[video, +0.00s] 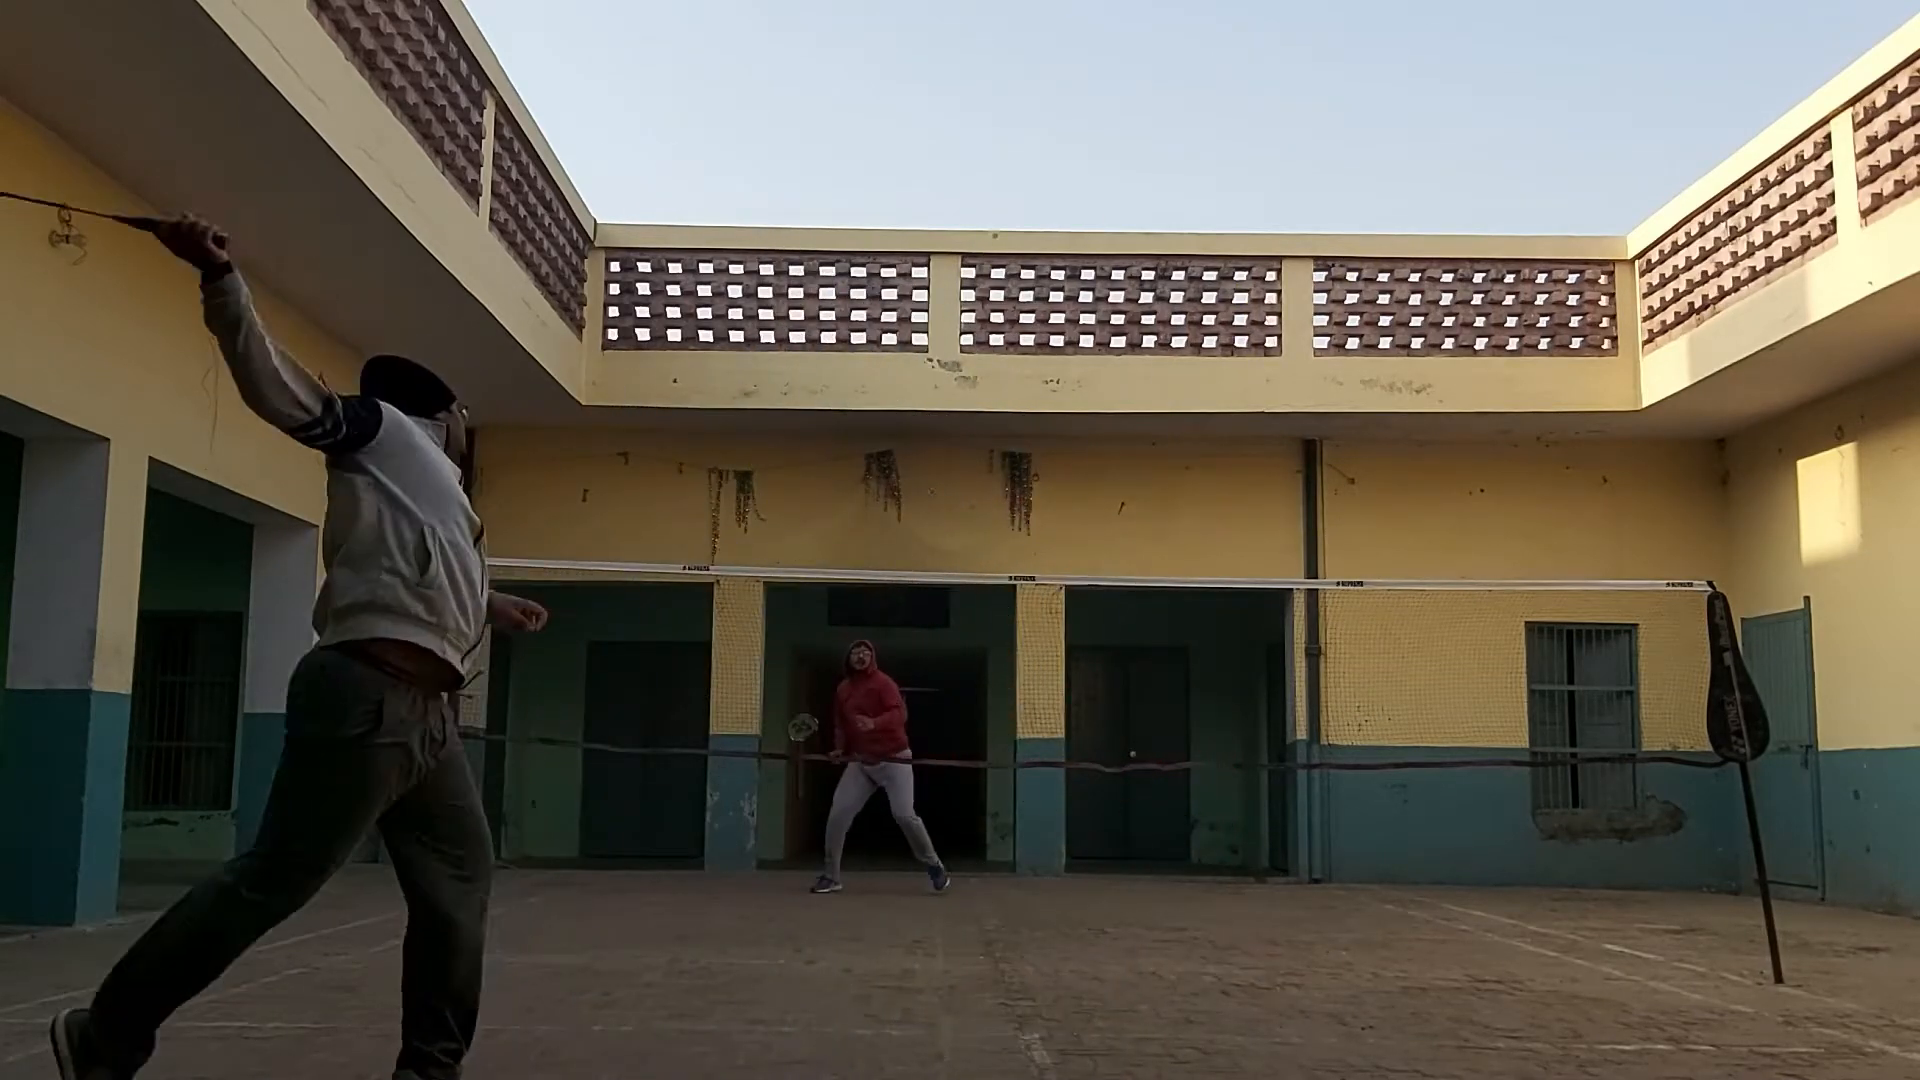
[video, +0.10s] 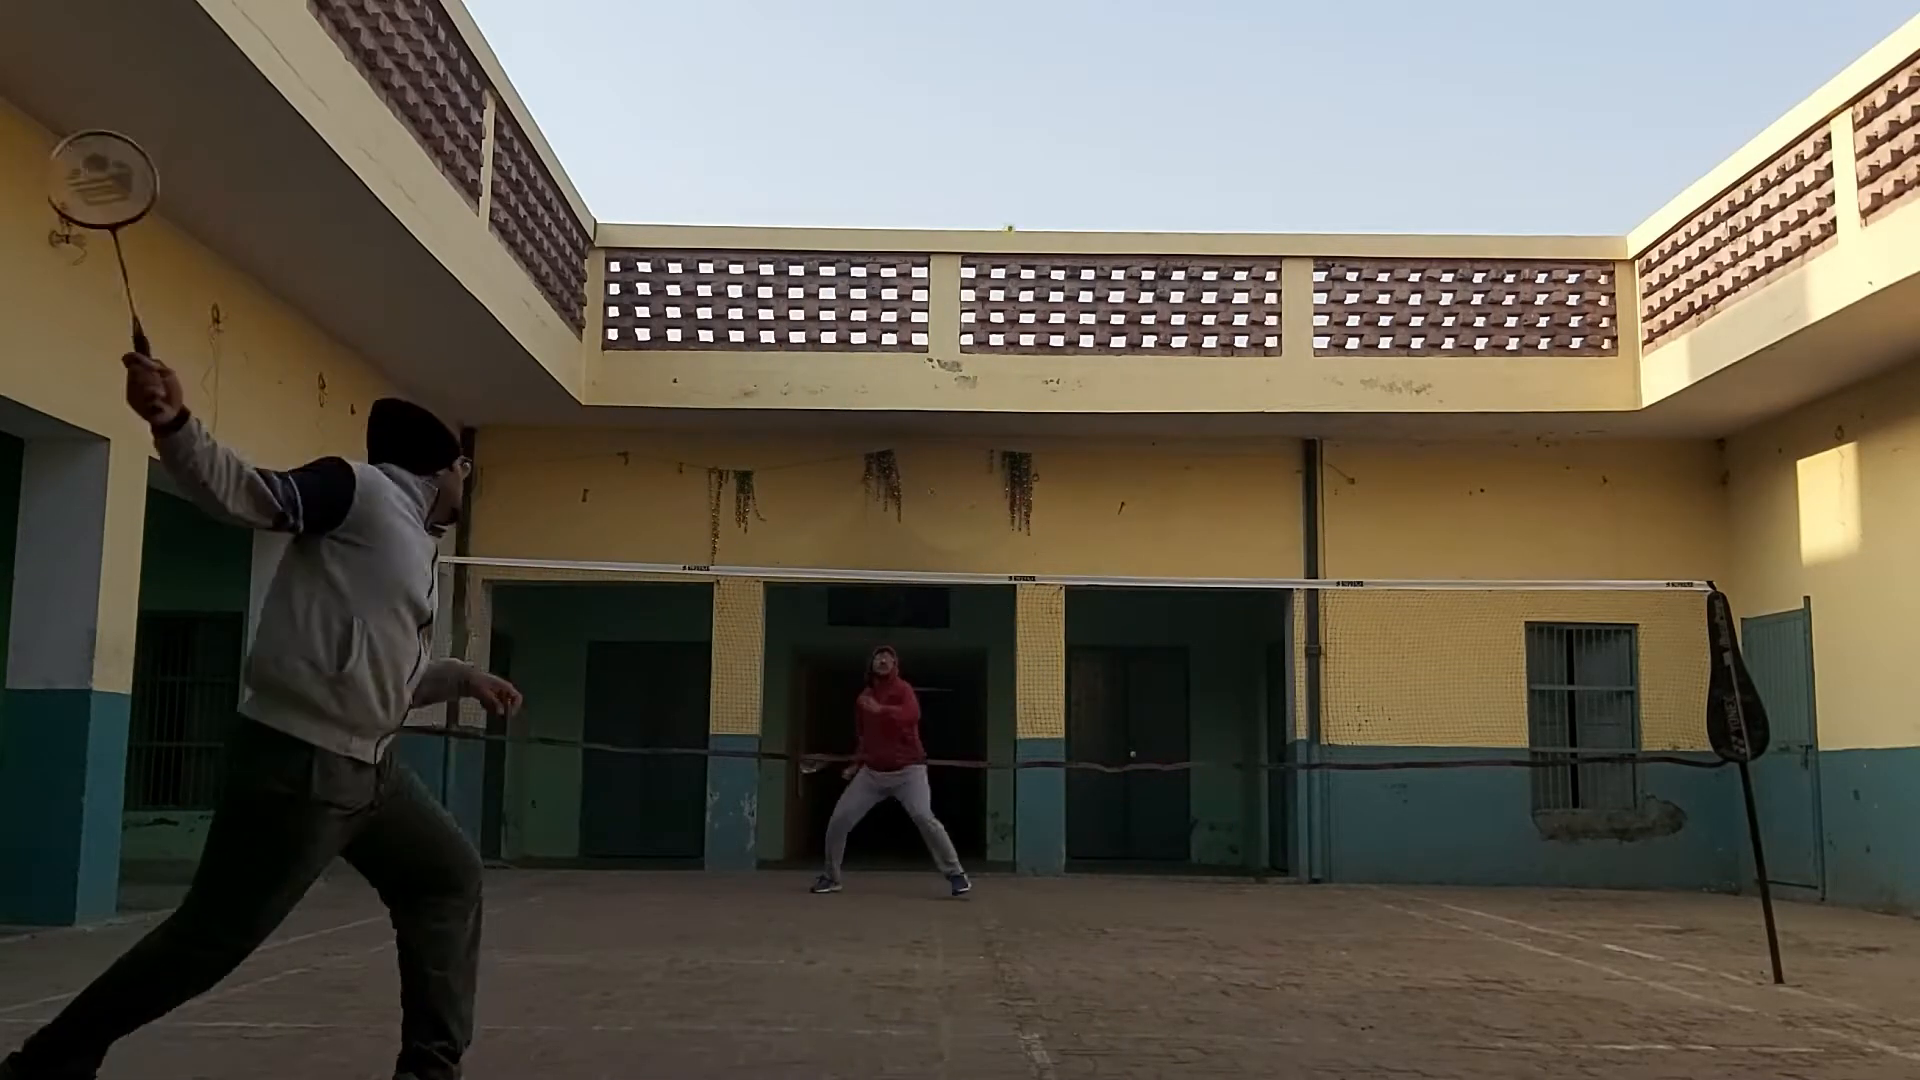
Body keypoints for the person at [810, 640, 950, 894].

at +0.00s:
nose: (860, 655)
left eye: (865, 652)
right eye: (856, 652)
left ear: (872, 658)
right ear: (849, 659)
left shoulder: (883, 683)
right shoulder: (844, 688)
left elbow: (899, 713)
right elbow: (840, 721)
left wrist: (874, 722)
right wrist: (840, 747)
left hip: (894, 762)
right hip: (861, 763)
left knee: (904, 815)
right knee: (838, 816)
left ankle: (934, 867)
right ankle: (831, 877)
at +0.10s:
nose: (883, 661)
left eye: (888, 657)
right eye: (879, 658)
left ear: (895, 665)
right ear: (872, 666)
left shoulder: (903, 689)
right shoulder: (866, 697)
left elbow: (912, 714)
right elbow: (864, 736)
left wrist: (880, 709)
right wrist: (856, 763)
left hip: (909, 772)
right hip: (872, 774)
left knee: (923, 818)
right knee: (839, 820)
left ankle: (956, 874)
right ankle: (831, 878)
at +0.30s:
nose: (936, 653)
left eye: (942, 650)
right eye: (932, 651)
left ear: (951, 657)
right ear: (927, 658)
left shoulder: (958, 677)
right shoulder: (925, 691)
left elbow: (939, 673)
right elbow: (927, 735)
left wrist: (913, 663)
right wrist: (912, 765)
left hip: (964, 763)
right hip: (935, 764)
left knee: (940, 818)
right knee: (905, 817)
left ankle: (966, 882)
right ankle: (917, 874)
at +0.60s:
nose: (1018, 636)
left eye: (1022, 632)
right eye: (1018, 632)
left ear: (1030, 637)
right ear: (1017, 640)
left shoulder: (1034, 659)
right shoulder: (1016, 670)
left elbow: (1028, 624)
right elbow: (1012, 709)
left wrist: (1016, 592)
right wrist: (993, 708)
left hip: (1026, 741)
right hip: (1015, 742)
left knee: (993, 796)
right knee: (1012, 808)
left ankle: (1038, 848)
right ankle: (1033, 878)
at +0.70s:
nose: (1063, 639)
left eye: (1067, 637)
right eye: (1062, 637)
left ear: (1077, 644)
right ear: (1061, 644)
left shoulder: (1075, 660)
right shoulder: (1044, 669)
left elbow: (1058, 646)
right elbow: (1016, 683)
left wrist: (1038, 628)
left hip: (1039, 733)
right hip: (1019, 733)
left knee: (1028, 795)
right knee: (1020, 806)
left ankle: (1080, 812)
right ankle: (1033, 873)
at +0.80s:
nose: (1096, 641)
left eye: (1103, 639)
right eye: (1097, 638)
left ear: (1111, 647)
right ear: (1096, 646)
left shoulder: (1107, 673)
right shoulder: (1080, 658)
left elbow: (1075, 683)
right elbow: (1053, 637)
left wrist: (1051, 661)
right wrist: (1035, 605)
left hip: (1061, 737)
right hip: (1039, 733)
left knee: (1069, 803)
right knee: (1012, 794)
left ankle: (1124, 826)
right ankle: (1018, 866)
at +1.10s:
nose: (1147, 673)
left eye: (1154, 670)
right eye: (1146, 668)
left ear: (1164, 680)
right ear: (1140, 672)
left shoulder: (1162, 718)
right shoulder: (1122, 690)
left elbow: (1153, 759)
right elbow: (1085, 704)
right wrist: (1046, 719)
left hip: (1118, 779)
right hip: (1089, 759)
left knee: (1129, 839)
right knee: (1033, 755)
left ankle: (1162, 887)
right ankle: (995, 811)